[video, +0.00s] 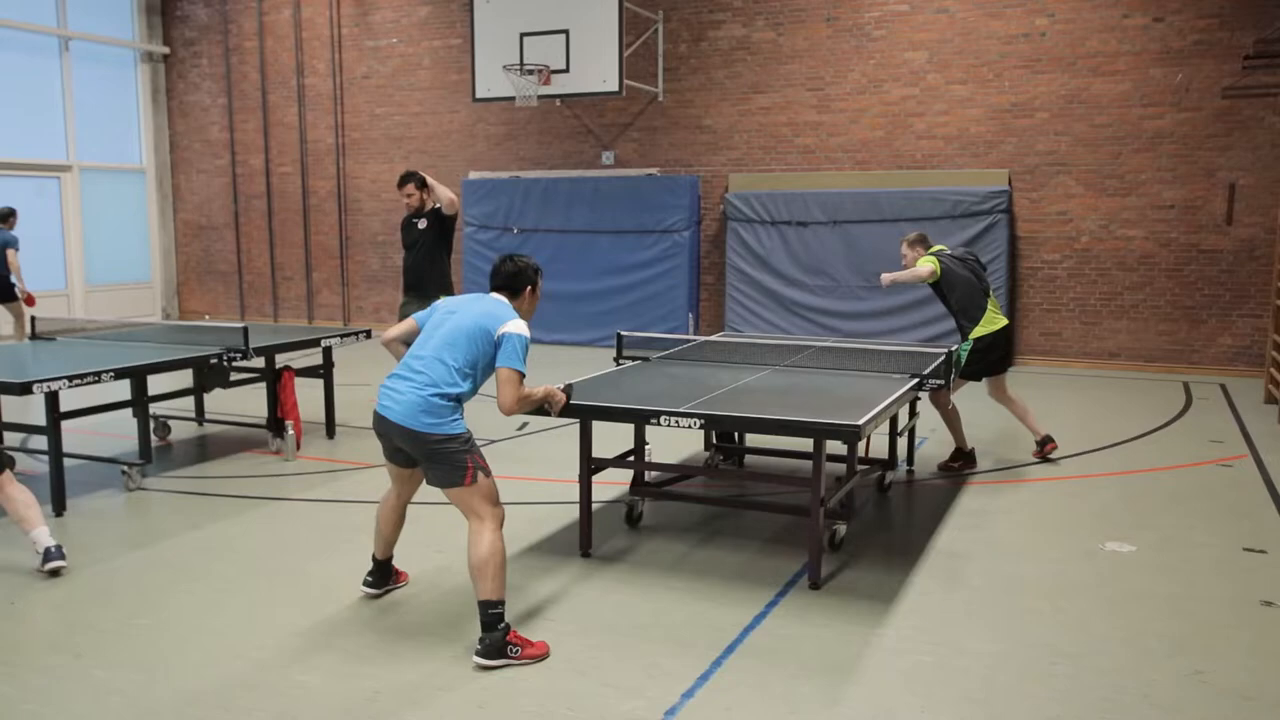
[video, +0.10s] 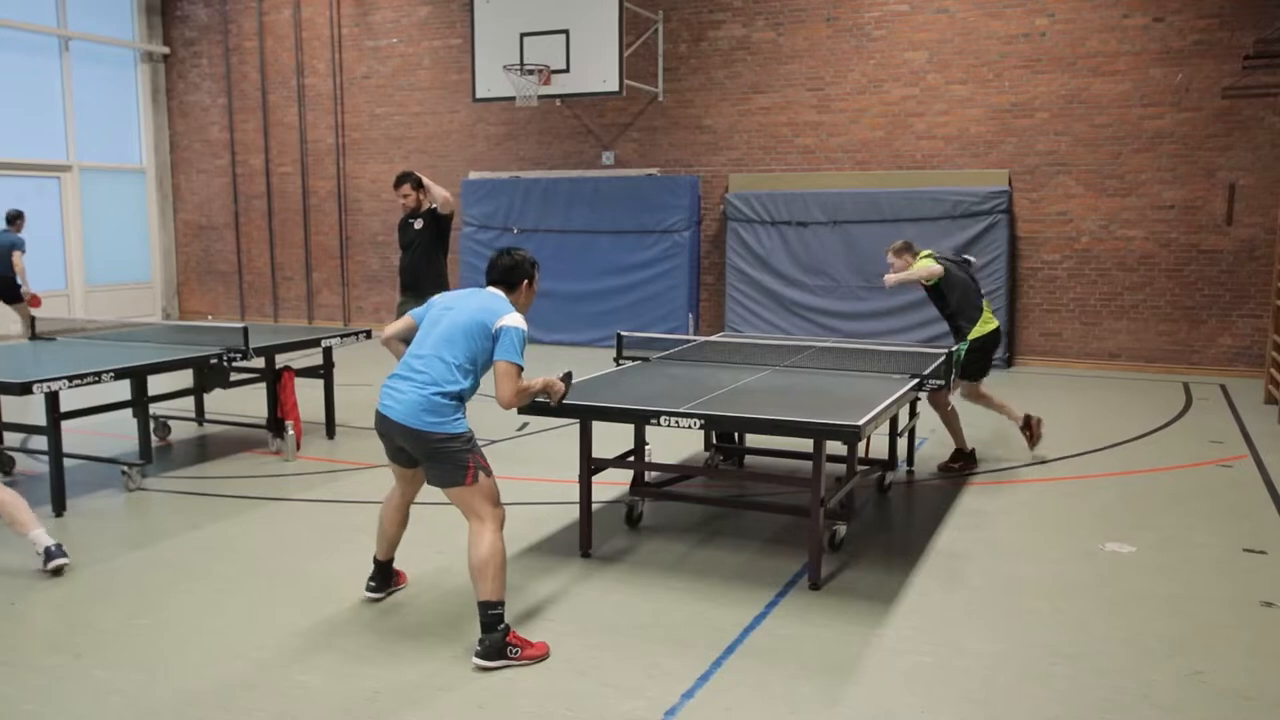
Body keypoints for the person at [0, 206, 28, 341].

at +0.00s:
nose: (16, 222)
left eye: (15, 219)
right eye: (15, 219)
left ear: (2, 220)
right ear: (10, 220)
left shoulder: (7, 238)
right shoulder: (9, 238)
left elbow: (11, 261)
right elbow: (12, 261)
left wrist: (20, 285)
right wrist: (21, 284)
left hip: (4, 282)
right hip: (3, 282)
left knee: (19, 315)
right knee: (19, 315)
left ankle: (19, 348)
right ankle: (19, 349)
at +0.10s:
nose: (23, 225)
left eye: (23, 221)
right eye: (22, 221)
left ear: (8, 221)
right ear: (17, 222)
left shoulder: (3, 235)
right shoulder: (17, 240)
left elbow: (16, 262)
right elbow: (16, 262)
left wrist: (24, 286)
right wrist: (25, 285)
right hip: (6, 281)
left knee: (25, 315)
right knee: (26, 315)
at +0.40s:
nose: (58, 218)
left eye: (58, 214)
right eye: (57, 214)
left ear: (44, 214)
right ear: (51, 214)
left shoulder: (30, 230)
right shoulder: (50, 231)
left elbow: (25, 254)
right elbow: (52, 253)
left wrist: (26, 271)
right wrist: (61, 274)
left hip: (30, 270)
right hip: (44, 270)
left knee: (36, 306)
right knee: (42, 308)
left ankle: (35, 334)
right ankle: (39, 335)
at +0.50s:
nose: (71, 219)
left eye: (71, 216)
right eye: (69, 216)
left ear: (58, 216)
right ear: (64, 215)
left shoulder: (42, 232)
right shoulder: (63, 233)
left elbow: (33, 254)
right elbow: (68, 256)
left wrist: (29, 274)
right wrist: (80, 272)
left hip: (42, 271)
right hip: (56, 271)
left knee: (58, 306)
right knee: (49, 306)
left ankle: (59, 332)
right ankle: (40, 333)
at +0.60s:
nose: (84, 222)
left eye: (84, 219)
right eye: (82, 218)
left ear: (71, 219)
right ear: (76, 219)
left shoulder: (56, 236)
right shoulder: (77, 236)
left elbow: (45, 256)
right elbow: (82, 258)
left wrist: (35, 274)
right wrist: (96, 270)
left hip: (56, 274)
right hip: (69, 275)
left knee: (74, 307)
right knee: (59, 309)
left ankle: (82, 333)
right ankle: (47, 334)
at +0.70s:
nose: (97, 222)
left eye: (97, 218)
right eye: (96, 218)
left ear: (84, 219)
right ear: (89, 218)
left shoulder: (70, 236)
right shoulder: (90, 235)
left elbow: (60, 256)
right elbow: (95, 259)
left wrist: (49, 274)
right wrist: (109, 273)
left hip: (71, 274)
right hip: (83, 275)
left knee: (88, 309)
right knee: (84, 312)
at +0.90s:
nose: (125, 218)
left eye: (125, 215)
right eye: (124, 215)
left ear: (114, 215)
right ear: (118, 215)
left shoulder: (100, 230)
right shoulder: (113, 231)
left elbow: (100, 253)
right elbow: (112, 253)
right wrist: (119, 273)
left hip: (98, 267)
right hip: (109, 268)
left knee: (96, 307)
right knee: (128, 304)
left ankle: (90, 335)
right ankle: (120, 335)